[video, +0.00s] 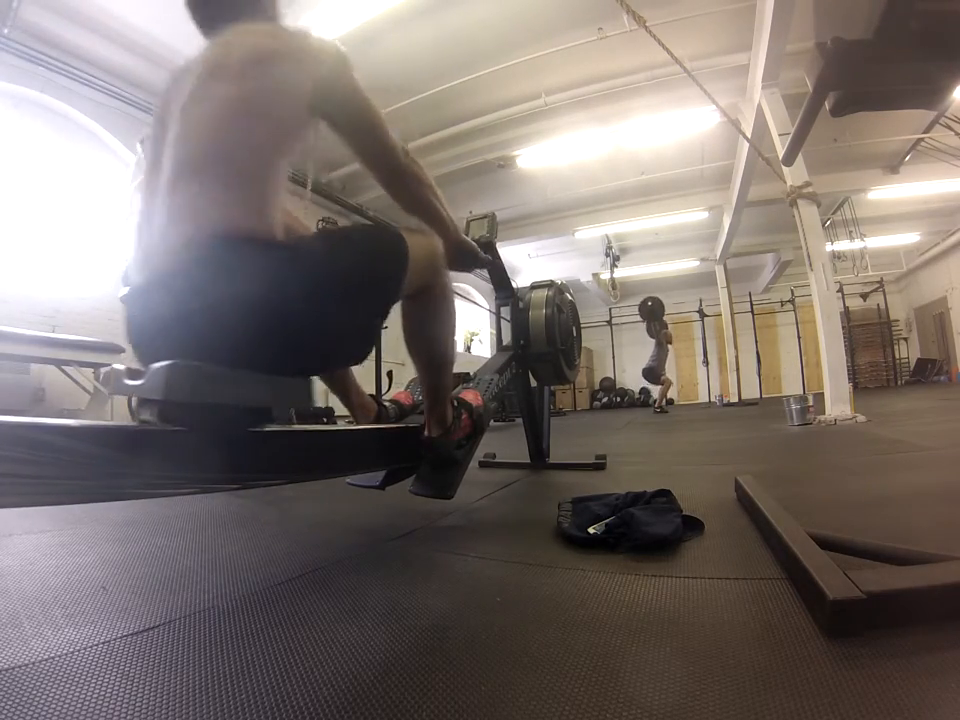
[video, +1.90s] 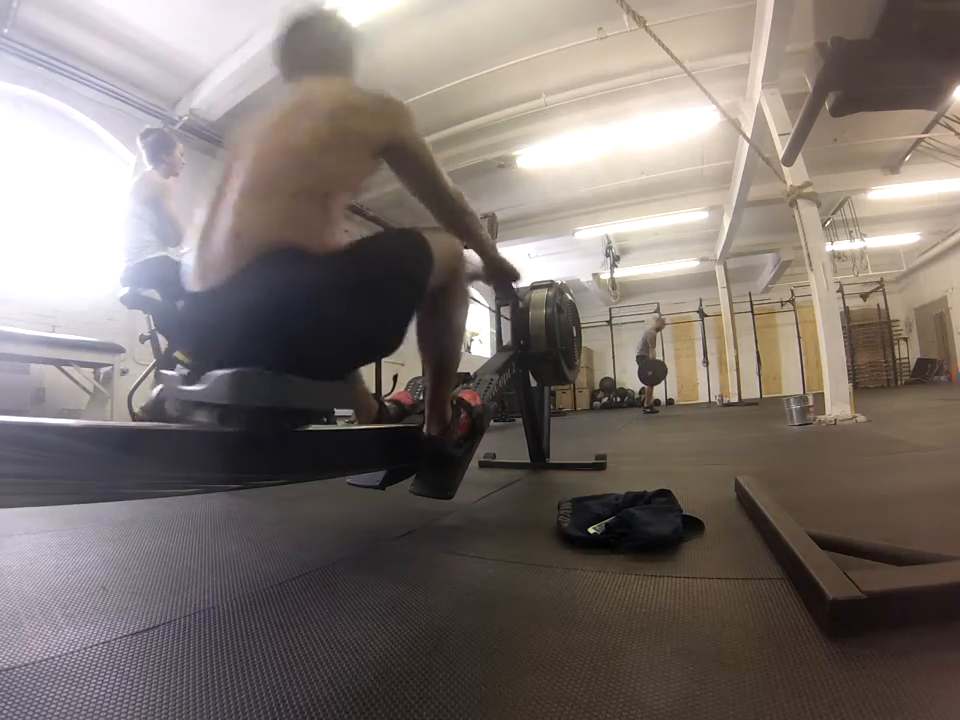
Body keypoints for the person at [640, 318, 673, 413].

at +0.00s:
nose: (671, 337)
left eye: (671, 335)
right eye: (669, 335)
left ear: (667, 336)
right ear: (665, 336)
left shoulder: (665, 347)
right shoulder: (661, 344)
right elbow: (659, 334)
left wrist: (663, 373)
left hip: (655, 371)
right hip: (649, 371)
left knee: (668, 382)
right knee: (667, 382)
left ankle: (659, 404)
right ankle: (658, 406)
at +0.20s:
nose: (667, 325)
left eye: (667, 322)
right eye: (665, 322)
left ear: (663, 323)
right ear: (660, 323)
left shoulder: (662, 335)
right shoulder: (657, 332)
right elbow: (653, 321)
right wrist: (650, 312)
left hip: (653, 361)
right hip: (649, 361)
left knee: (663, 379)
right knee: (662, 379)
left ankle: (658, 404)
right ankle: (657, 405)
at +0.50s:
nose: (659, 315)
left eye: (658, 313)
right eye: (657, 312)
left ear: (654, 312)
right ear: (651, 312)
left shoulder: (653, 324)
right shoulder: (649, 323)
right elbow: (647, 311)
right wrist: (645, 300)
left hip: (652, 354)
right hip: (649, 354)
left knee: (653, 381)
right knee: (652, 381)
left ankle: (654, 404)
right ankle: (644, 404)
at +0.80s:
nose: (646, 319)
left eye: (645, 318)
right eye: (644, 318)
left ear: (644, 318)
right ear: (640, 318)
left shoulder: (646, 329)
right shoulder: (638, 330)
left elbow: (656, 327)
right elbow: (641, 320)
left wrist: (656, 313)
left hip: (649, 355)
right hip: (643, 355)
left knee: (652, 380)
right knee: (646, 380)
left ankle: (655, 403)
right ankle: (641, 404)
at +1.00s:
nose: (642, 320)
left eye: (642, 318)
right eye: (640, 318)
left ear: (640, 318)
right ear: (636, 318)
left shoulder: (641, 330)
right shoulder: (634, 330)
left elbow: (644, 344)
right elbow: (635, 344)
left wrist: (650, 350)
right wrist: (644, 351)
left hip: (645, 355)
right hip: (639, 355)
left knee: (649, 379)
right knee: (642, 380)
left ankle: (651, 403)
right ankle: (640, 404)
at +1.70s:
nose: (656, 327)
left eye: (657, 325)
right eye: (655, 325)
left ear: (650, 322)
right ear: (651, 322)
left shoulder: (645, 330)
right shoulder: (645, 330)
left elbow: (649, 346)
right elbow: (648, 345)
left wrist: (654, 357)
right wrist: (655, 357)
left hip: (642, 356)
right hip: (639, 356)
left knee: (648, 380)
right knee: (647, 380)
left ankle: (647, 404)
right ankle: (646, 405)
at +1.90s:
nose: (663, 328)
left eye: (663, 326)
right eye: (662, 325)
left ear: (657, 324)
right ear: (657, 323)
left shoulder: (651, 332)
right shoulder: (651, 332)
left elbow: (651, 348)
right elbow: (652, 348)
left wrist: (653, 361)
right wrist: (653, 362)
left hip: (644, 357)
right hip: (642, 357)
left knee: (650, 381)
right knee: (649, 382)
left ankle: (648, 404)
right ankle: (647, 405)